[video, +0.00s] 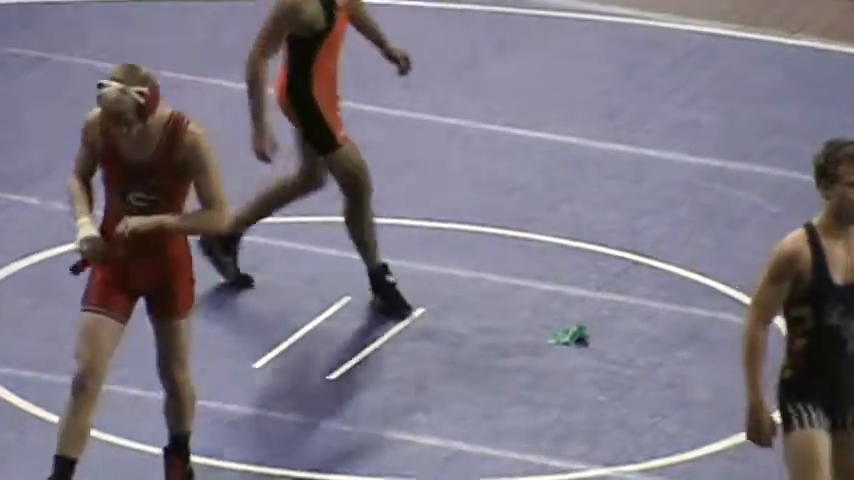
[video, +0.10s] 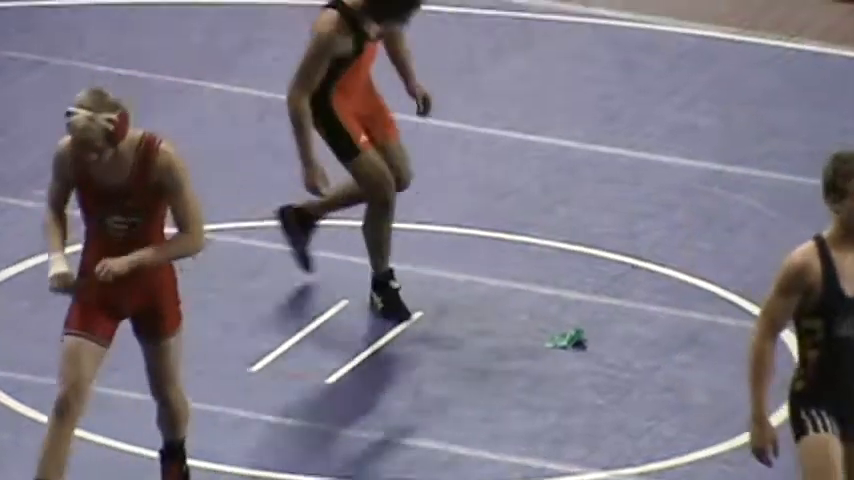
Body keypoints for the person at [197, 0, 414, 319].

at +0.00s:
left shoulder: (342, 3)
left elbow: (354, 12)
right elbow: (257, 58)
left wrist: (386, 47)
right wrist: (260, 128)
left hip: (323, 95)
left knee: (310, 178)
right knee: (356, 180)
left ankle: (227, 234)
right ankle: (380, 281)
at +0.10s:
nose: (395, 29)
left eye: (400, 22)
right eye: (393, 21)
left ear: (395, 10)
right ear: (379, 11)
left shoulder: (379, 12)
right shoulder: (331, 30)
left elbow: (394, 38)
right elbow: (297, 94)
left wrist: (413, 85)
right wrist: (310, 165)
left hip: (362, 90)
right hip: (329, 104)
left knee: (398, 176)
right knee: (381, 189)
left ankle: (304, 215)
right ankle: (382, 285)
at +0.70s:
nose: (498, 232)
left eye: (502, 226)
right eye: (490, 227)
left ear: (520, 192)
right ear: (470, 194)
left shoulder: (532, 169)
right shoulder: (441, 149)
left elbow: (551, 240)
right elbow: (389, 151)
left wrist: (549, 306)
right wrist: (389, 218)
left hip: (499, 99)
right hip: (436, 93)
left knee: (529, 203)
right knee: (431, 195)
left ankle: (516, 279)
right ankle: (395, 286)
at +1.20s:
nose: (469, 199)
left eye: (477, 196)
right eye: (464, 194)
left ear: (500, 165)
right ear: (453, 153)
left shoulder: (515, 140)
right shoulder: (428, 124)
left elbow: (486, 195)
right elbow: (370, 171)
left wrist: (458, 248)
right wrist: (383, 240)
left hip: (486, 73)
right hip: (421, 72)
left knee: (507, 185)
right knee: (413, 186)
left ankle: (513, 275)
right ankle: (391, 282)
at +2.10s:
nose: (451, 220)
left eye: (459, 220)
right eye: (448, 216)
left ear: (484, 186)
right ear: (437, 182)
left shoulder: (492, 152)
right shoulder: (407, 145)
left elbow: (444, 197)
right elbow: (370, 183)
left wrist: (420, 236)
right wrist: (371, 238)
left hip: (466, 77)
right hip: (409, 78)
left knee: (502, 187)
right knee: (405, 187)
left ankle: (519, 273)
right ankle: (390, 280)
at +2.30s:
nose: (456, 223)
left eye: (464, 222)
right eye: (451, 216)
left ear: (488, 186)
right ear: (440, 187)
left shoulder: (495, 153)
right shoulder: (409, 147)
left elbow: (452, 205)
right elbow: (374, 187)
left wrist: (428, 246)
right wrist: (389, 243)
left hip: (468, 76)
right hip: (412, 77)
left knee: (505, 186)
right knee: (407, 187)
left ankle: (521, 272)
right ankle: (390, 274)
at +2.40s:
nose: (455, 226)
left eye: (462, 223)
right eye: (452, 218)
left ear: (489, 186)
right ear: (443, 189)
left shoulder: (497, 152)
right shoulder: (412, 148)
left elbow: (457, 214)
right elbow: (374, 186)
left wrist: (432, 251)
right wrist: (391, 229)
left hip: (470, 78)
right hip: (415, 78)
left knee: (507, 186)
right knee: (409, 187)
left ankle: (521, 272)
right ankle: (391, 277)